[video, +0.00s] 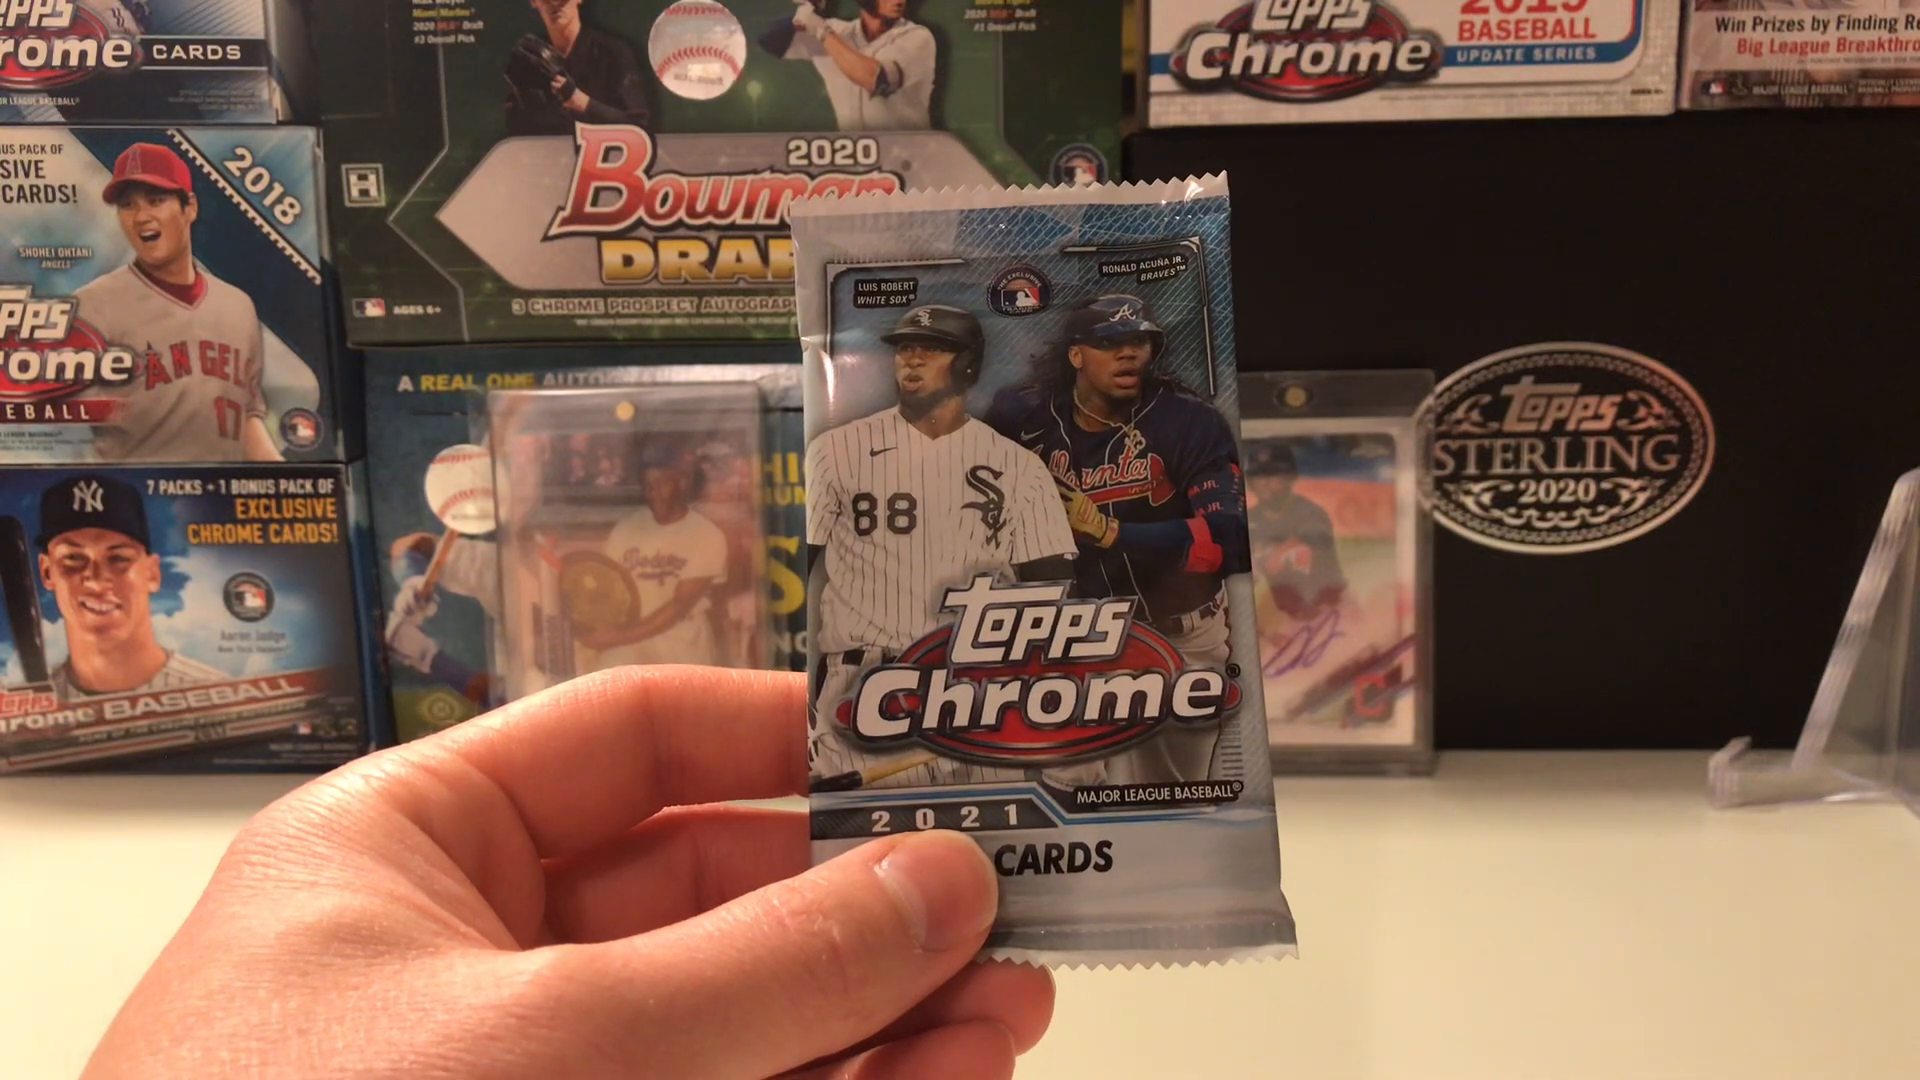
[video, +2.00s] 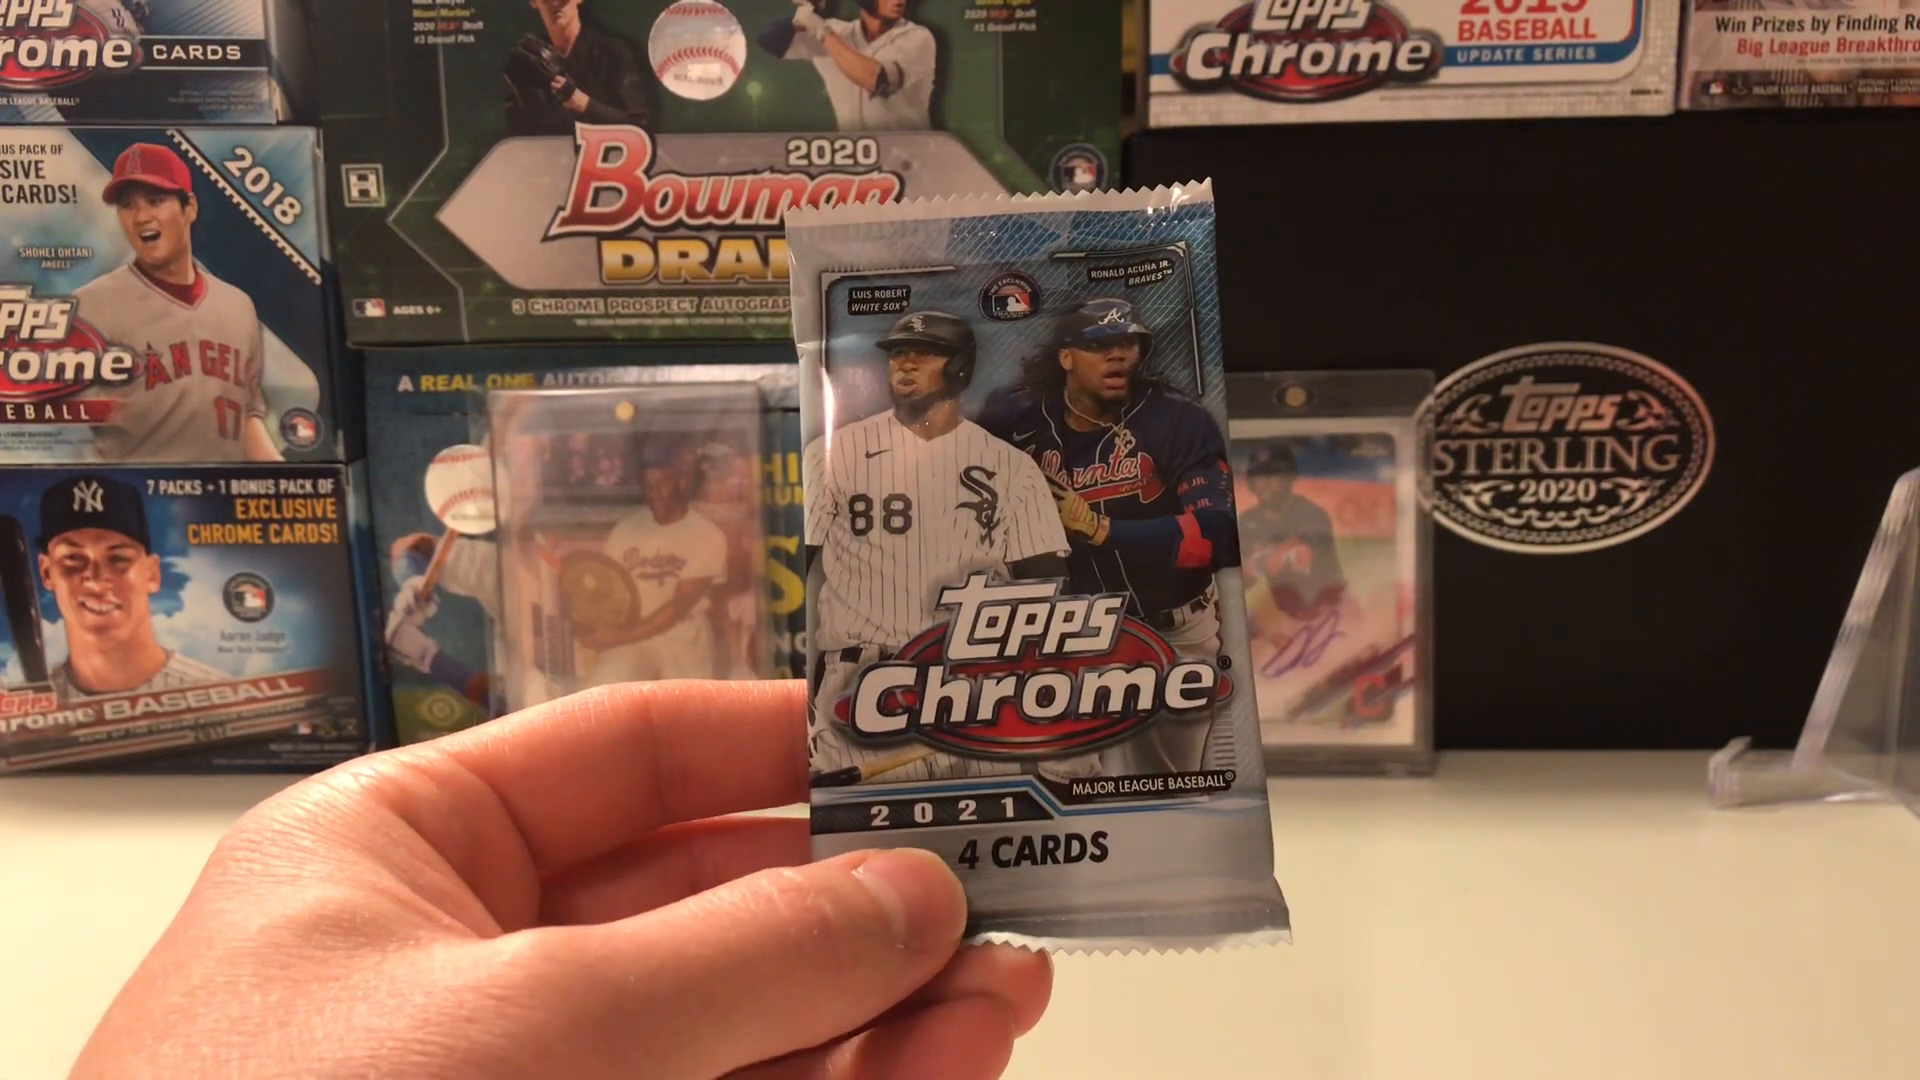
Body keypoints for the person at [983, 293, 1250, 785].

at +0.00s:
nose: (1131, 354)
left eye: (1140, 341)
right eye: (1113, 343)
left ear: (1153, 349)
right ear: (1076, 356)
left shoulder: (1190, 423)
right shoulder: (1023, 419)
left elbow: (1226, 537)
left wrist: (1112, 532)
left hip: (1182, 630)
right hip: (1070, 636)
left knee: (1178, 801)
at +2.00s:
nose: (1119, 356)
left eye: (1128, 343)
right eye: (1101, 345)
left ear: (1141, 351)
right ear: (1066, 358)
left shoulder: (1180, 423)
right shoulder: (1015, 420)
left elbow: (1213, 535)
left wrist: (1101, 528)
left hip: (1178, 627)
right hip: (1070, 632)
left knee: (1180, 790)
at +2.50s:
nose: (1121, 362)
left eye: (1129, 350)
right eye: (1104, 351)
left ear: (1142, 358)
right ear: (1068, 363)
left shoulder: (1179, 428)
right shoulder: (1016, 421)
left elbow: (1210, 537)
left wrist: (1101, 529)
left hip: (1174, 629)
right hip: (1065, 633)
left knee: (1169, 795)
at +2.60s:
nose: (1121, 360)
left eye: (1130, 348)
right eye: (1104, 350)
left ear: (1143, 357)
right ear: (1068, 362)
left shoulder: (1180, 427)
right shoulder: (1018, 420)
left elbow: (1210, 536)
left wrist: (1102, 528)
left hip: (1174, 629)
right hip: (1066, 633)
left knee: (1166, 796)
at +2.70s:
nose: (1122, 359)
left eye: (1131, 347)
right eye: (1105, 349)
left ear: (1143, 356)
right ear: (1069, 361)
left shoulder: (1181, 426)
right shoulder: (1017, 419)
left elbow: (1212, 536)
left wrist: (1103, 529)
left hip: (1174, 629)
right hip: (1064, 633)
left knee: (1168, 796)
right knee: (1069, 794)